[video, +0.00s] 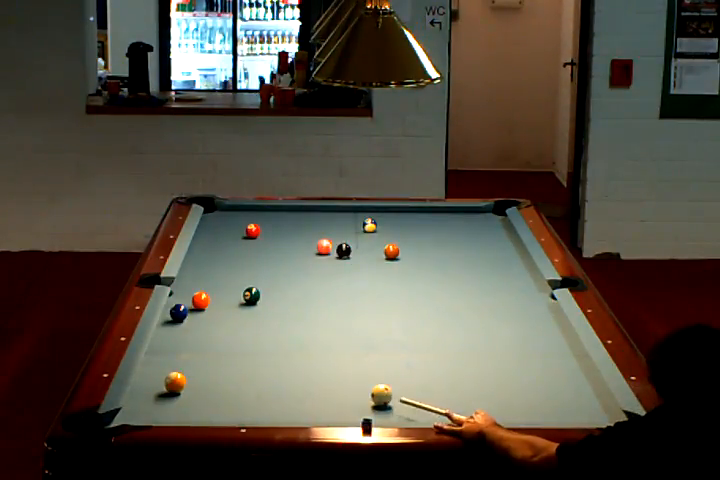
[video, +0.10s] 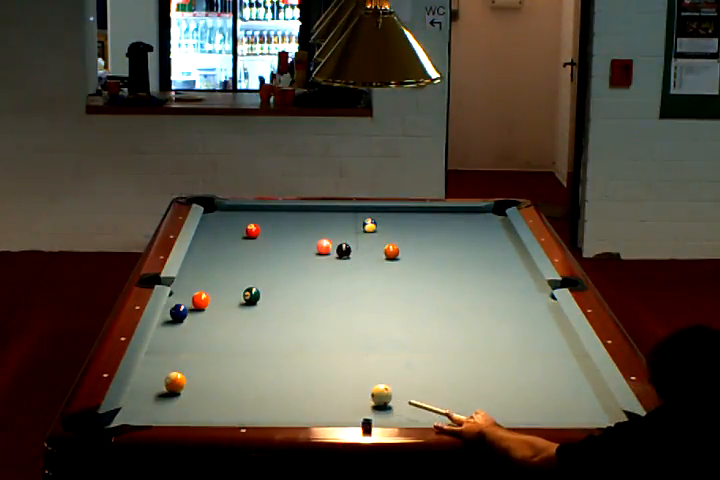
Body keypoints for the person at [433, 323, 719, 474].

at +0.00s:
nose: (643, 378)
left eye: (651, 374)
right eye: (649, 371)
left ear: (663, 386)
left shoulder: (638, 435)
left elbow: (543, 456)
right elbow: (545, 455)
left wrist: (485, 430)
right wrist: (487, 432)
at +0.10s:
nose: (644, 379)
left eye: (651, 374)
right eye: (649, 371)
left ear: (663, 387)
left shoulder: (637, 435)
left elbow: (543, 456)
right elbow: (546, 454)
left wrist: (485, 430)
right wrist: (489, 431)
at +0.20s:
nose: (644, 380)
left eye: (651, 374)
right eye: (649, 372)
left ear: (664, 387)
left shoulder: (639, 435)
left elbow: (543, 455)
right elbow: (546, 454)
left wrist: (485, 430)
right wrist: (491, 431)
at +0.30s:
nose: (644, 380)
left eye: (651, 375)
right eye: (649, 373)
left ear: (664, 387)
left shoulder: (640, 435)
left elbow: (542, 456)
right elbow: (550, 453)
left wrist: (485, 429)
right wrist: (493, 431)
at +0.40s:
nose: (644, 379)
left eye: (651, 375)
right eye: (649, 373)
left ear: (664, 387)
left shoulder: (640, 435)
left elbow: (542, 456)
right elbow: (550, 453)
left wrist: (485, 429)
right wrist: (493, 431)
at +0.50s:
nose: (644, 380)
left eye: (651, 375)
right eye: (649, 373)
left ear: (664, 387)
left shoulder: (640, 435)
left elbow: (541, 455)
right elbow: (550, 453)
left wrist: (484, 430)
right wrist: (494, 431)